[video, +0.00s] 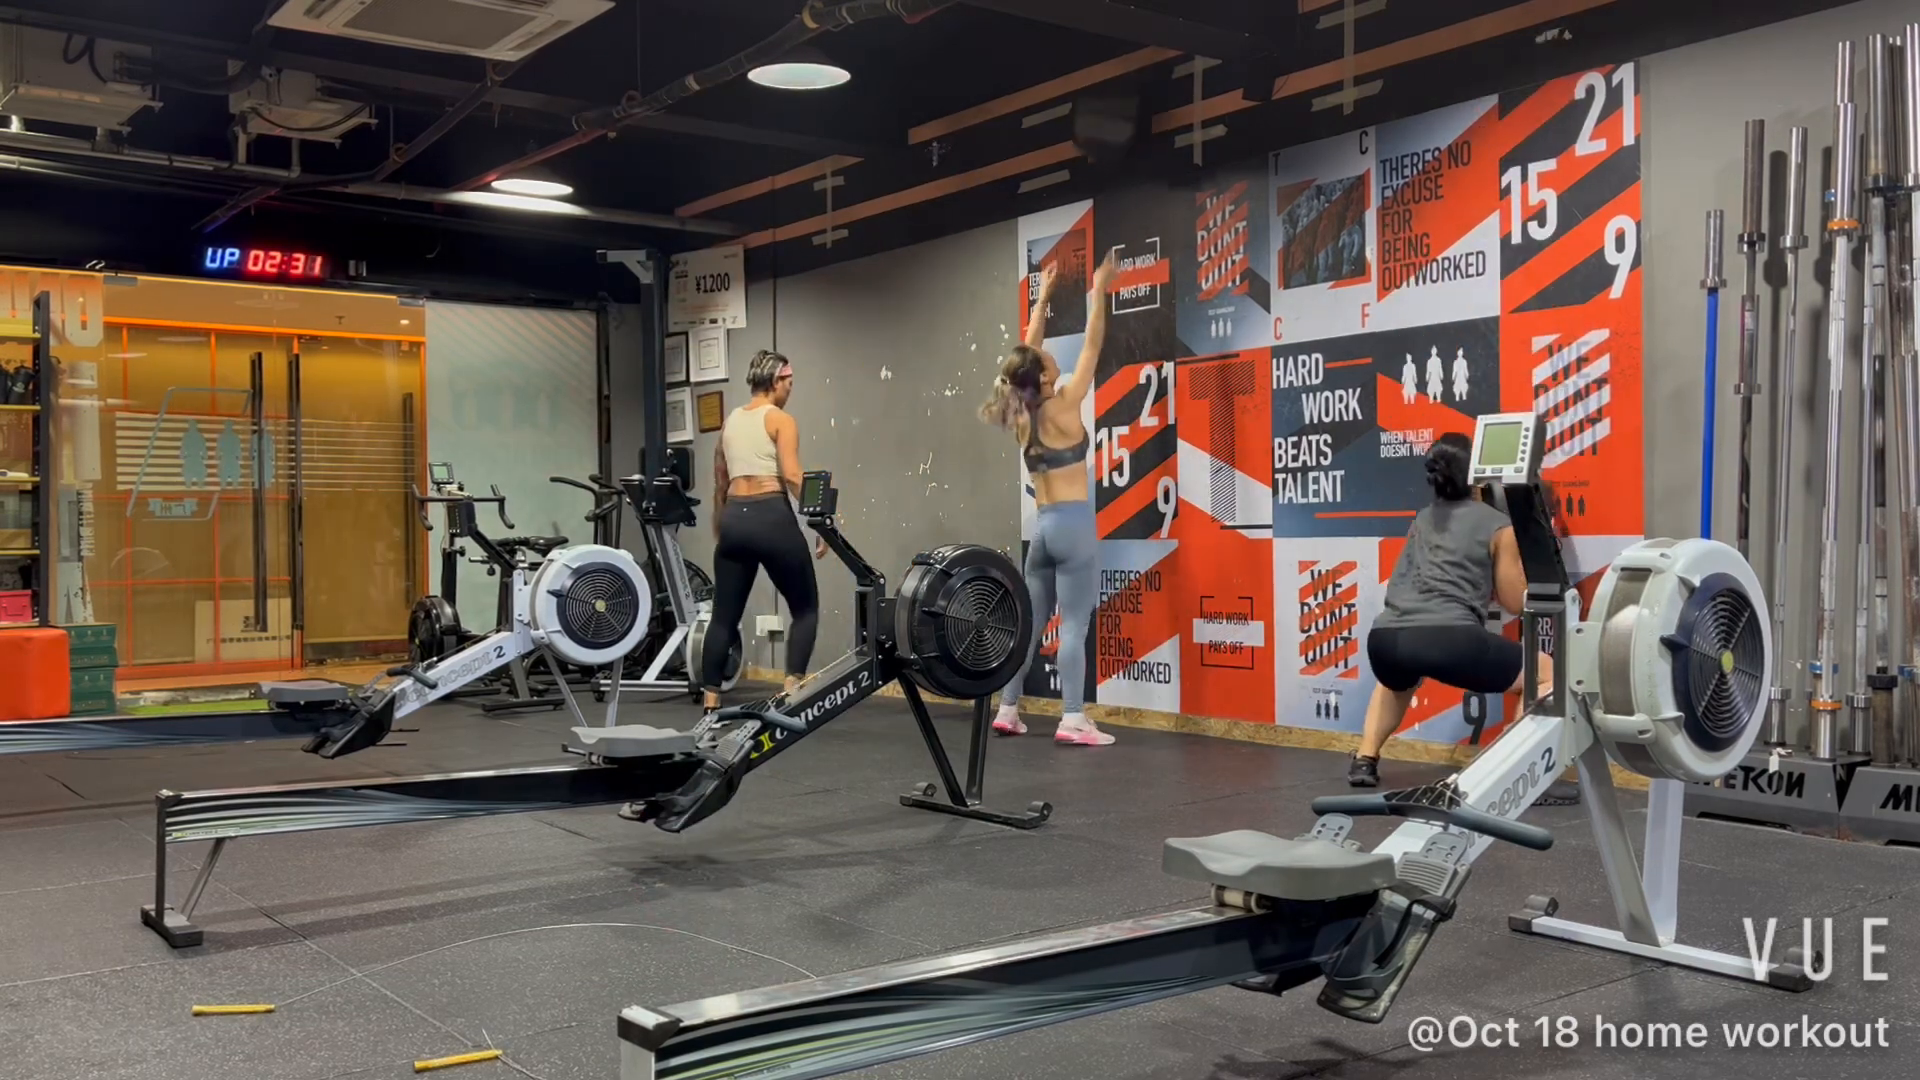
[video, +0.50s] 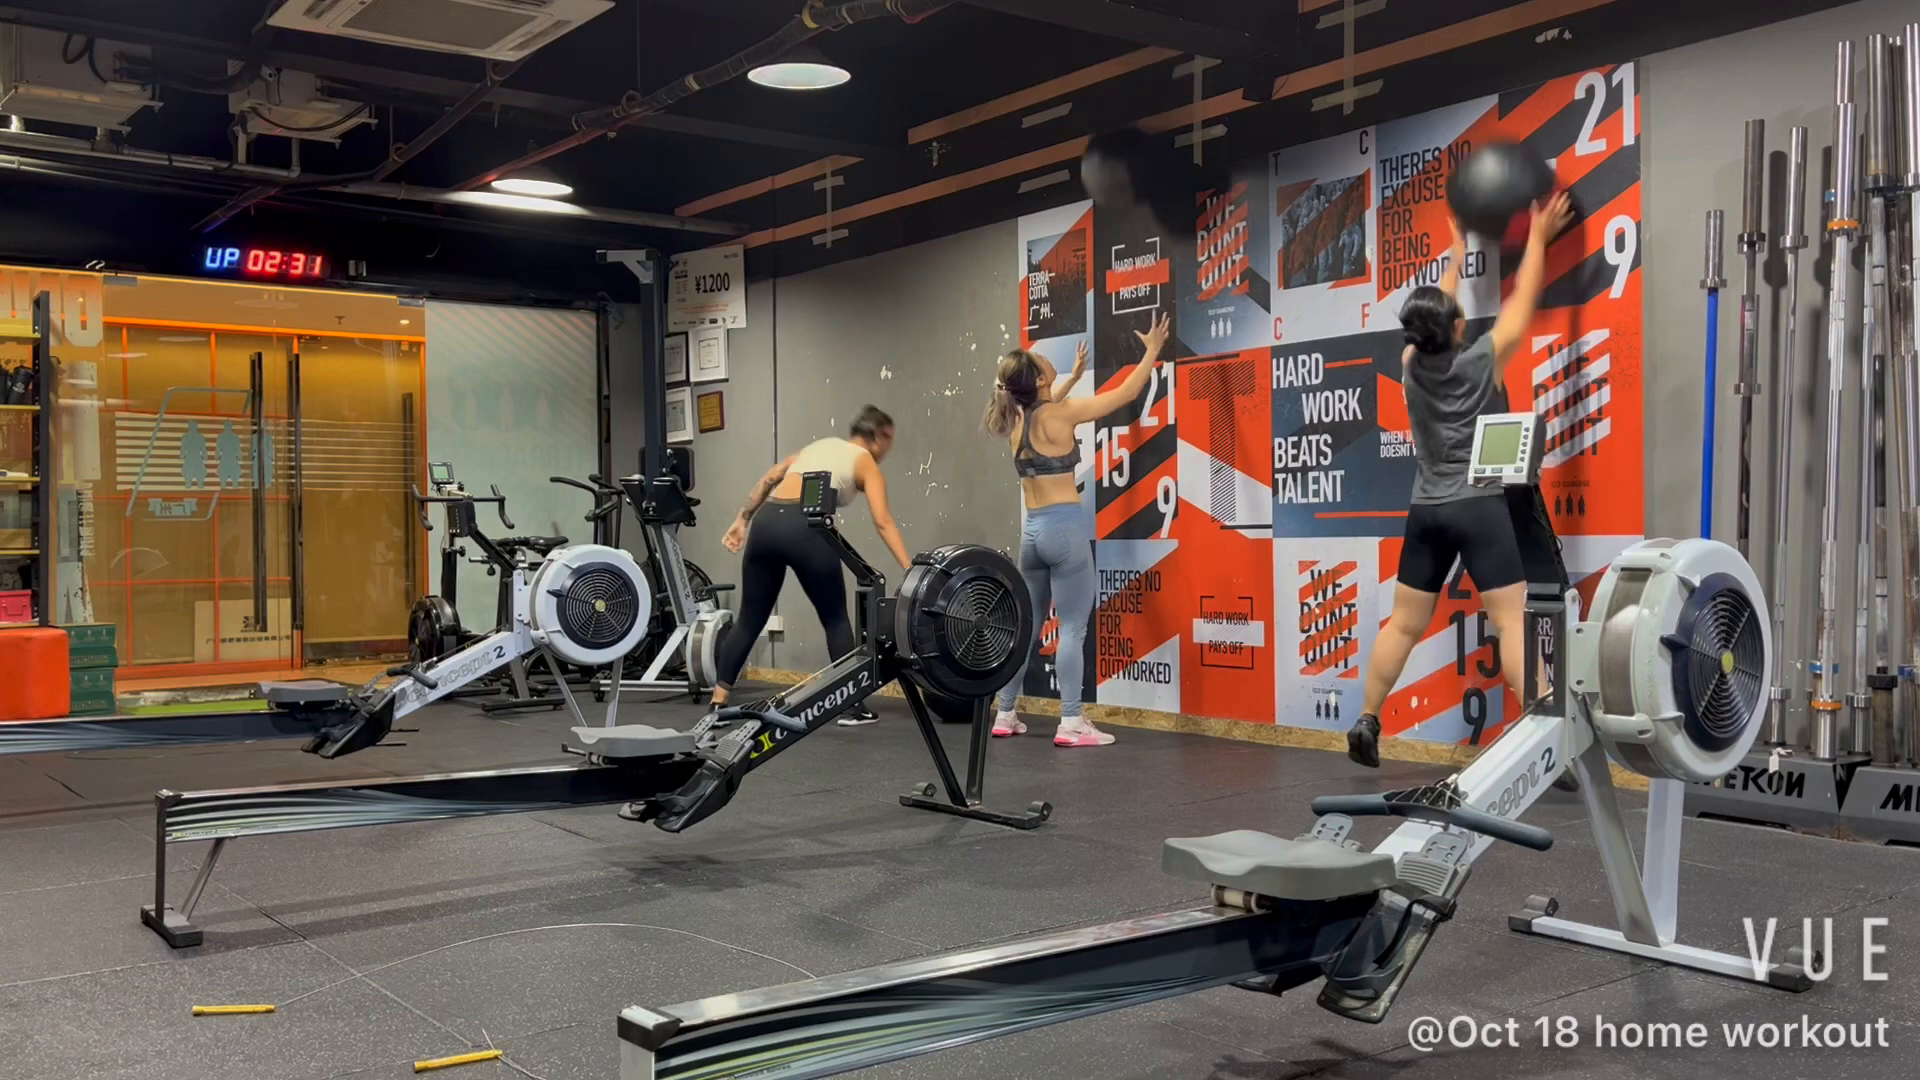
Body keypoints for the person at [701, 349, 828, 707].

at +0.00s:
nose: (790, 387)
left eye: (790, 380)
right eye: (788, 380)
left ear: (754, 382)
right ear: (775, 381)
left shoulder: (731, 423)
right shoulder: (781, 420)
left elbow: (722, 482)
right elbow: (792, 476)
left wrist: (721, 528)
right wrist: (823, 520)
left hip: (733, 517)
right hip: (773, 517)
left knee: (723, 618)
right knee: (805, 609)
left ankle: (710, 705)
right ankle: (792, 688)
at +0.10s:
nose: (797, 388)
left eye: (797, 381)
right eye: (794, 381)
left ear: (764, 384)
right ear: (781, 383)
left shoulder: (735, 423)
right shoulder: (787, 421)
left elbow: (716, 484)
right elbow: (798, 479)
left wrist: (701, 531)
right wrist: (826, 527)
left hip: (733, 522)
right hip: (775, 520)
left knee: (724, 617)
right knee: (811, 610)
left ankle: (711, 704)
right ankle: (818, 694)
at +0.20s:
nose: (812, 393)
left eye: (812, 386)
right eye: (809, 386)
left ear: (777, 387)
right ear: (797, 386)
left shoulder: (747, 423)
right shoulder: (799, 425)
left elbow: (718, 476)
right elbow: (811, 489)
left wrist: (696, 522)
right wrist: (837, 542)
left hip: (740, 521)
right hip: (783, 522)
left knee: (727, 618)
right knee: (814, 612)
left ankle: (710, 710)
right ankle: (844, 700)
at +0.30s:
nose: (834, 404)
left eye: (835, 396)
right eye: (832, 396)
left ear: (798, 396)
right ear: (818, 396)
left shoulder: (768, 425)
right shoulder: (821, 432)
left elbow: (730, 473)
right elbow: (834, 490)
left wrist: (705, 518)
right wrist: (858, 546)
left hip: (751, 523)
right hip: (794, 526)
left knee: (732, 618)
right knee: (821, 618)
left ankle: (710, 705)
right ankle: (849, 703)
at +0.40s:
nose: (864, 419)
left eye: (864, 412)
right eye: (862, 412)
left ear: (829, 409)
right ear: (850, 410)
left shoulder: (794, 434)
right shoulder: (845, 443)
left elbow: (751, 474)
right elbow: (858, 502)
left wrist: (724, 516)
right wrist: (884, 558)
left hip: (760, 522)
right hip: (801, 526)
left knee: (740, 619)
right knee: (831, 618)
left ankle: (713, 702)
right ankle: (849, 704)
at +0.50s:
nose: (889, 448)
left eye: (890, 441)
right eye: (888, 441)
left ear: (854, 432)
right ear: (876, 436)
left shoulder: (816, 447)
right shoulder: (865, 462)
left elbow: (770, 477)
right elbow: (883, 522)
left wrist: (742, 518)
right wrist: (909, 568)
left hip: (765, 524)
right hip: (807, 528)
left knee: (749, 619)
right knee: (834, 619)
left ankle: (719, 697)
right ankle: (850, 705)